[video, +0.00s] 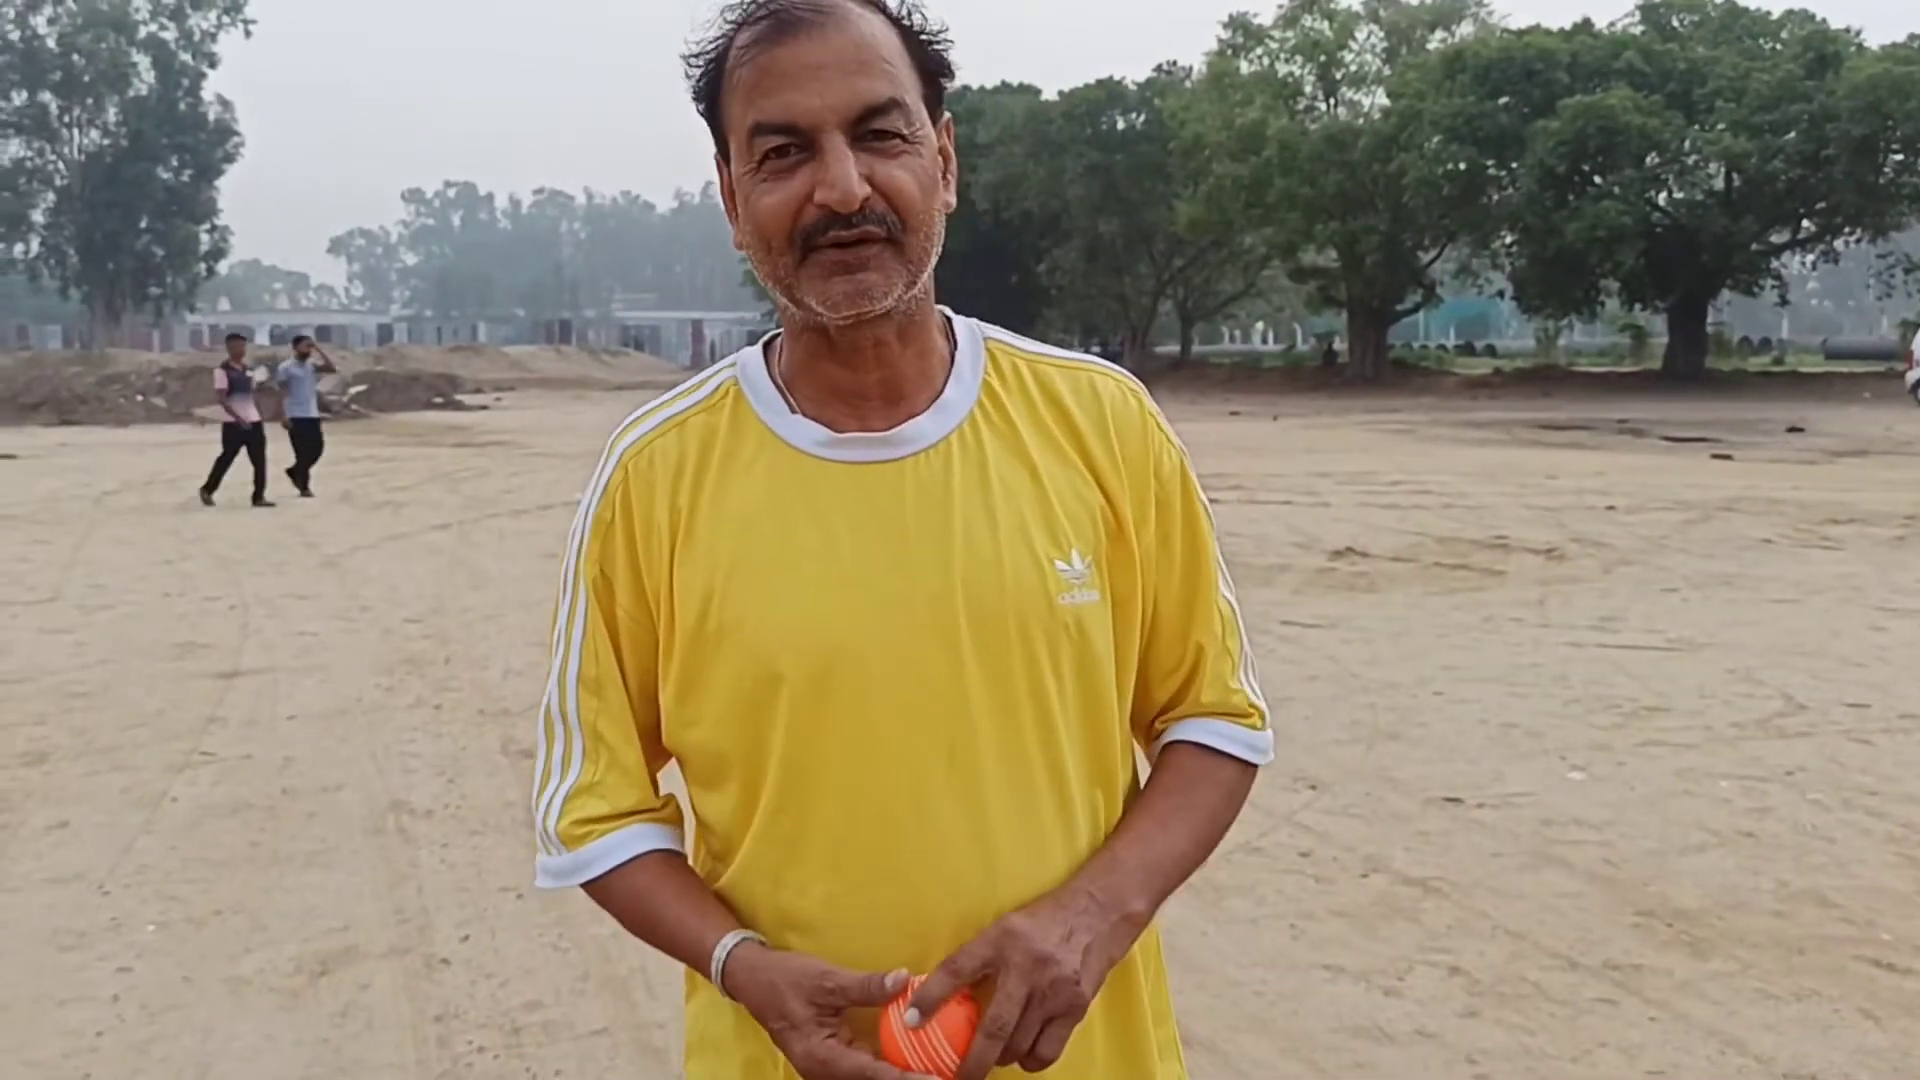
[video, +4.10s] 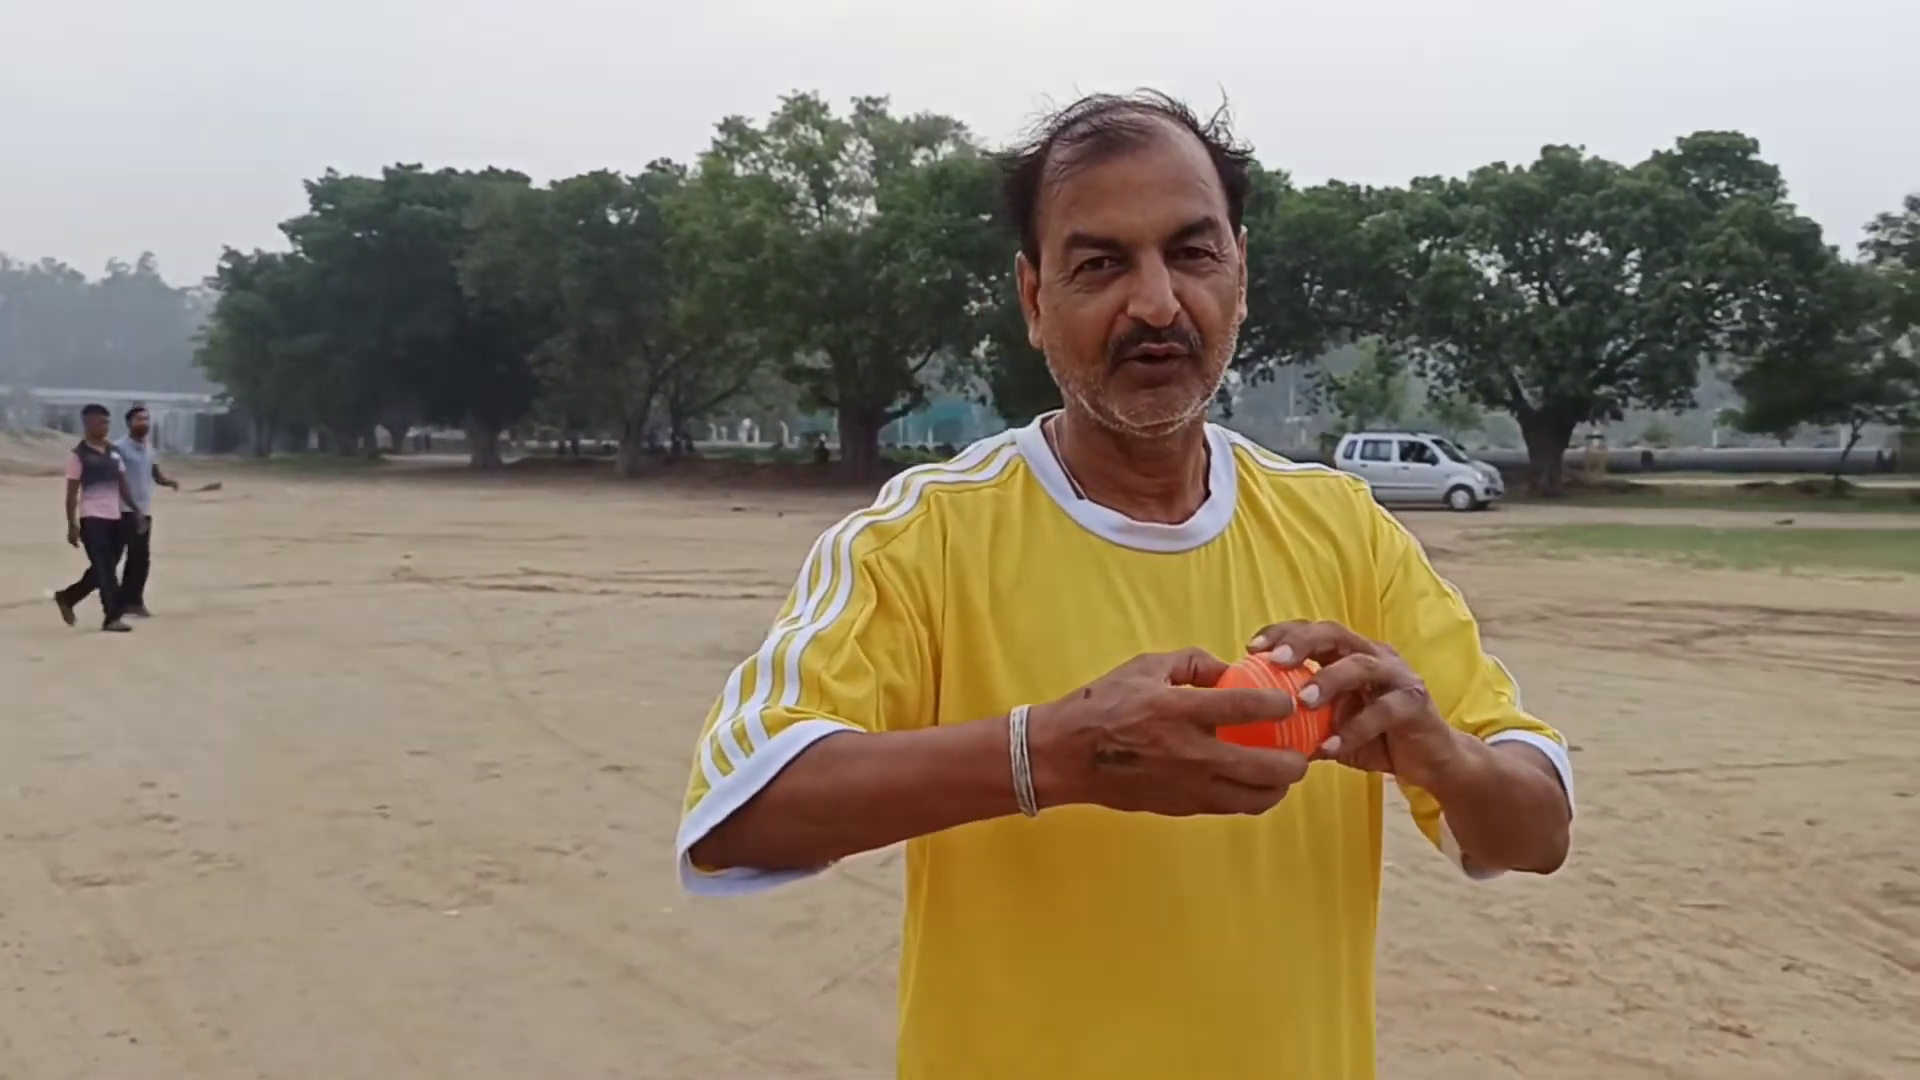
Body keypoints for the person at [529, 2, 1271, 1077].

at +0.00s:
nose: (843, 187)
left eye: (880, 135)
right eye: (783, 153)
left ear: (945, 165)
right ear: (732, 205)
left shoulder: (1105, 425)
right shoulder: (655, 473)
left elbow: (1219, 720)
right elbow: (592, 808)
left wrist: (1096, 909)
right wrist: (745, 967)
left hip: (1091, 1051)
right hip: (782, 1054)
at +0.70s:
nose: (983, 184)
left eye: (1022, 132)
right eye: (927, 143)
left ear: (1080, 160)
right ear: (865, 187)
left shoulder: (1221, 423)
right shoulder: (773, 451)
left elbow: (1319, 719)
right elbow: (707, 774)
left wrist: (1200, 909)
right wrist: (853, 935)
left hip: (1187, 1048)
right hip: (880, 1055)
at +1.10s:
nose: (1114, 209)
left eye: (1153, 155)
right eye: (1059, 166)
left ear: (1203, 168)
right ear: (991, 195)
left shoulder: (1334, 420)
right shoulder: (897, 450)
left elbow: (1426, 708)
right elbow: (822, 771)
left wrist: (1351, 875)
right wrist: (993, 906)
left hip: (1303, 1046)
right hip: (1011, 1053)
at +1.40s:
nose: (1223, 259)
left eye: (1263, 204)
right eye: (1169, 214)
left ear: (1306, 183)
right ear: (1092, 203)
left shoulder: (1424, 421)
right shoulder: (996, 444)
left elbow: (1528, 699)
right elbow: (907, 771)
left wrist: (1478, 808)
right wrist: (1091, 831)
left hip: (1389, 1045)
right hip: (1102, 1049)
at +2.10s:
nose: (1292, 193)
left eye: (1327, 151)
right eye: (1239, 156)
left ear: (1370, 181)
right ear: (1171, 199)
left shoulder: (1480, 430)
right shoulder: (1062, 440)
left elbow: (1646, 726)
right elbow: (909, 707)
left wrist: (1569, 703)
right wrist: (1179, 688)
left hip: (1424, 1034)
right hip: (1148, 1037)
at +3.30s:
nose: (1262, 281)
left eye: (1302, 233)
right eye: (1204, 245)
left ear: (1360, 266)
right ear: (1146, 295)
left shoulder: (1485, 533)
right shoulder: (1031, 542)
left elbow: (1685, 870)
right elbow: (822, 819)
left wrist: (1535, 743)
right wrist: (1121, 772)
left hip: (1427, 1050)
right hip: (1110, 1048)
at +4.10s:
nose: (1156, 303)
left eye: (1190, 253)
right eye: (1099, 264)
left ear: (1241, 275)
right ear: (1034, 303)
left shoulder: (1345, 531)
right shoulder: (922, 537)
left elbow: (1538, 833)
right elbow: (738, 808)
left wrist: (1445, 759)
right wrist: (1045, 756)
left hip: (1300, 1057)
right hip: (999, 1059)